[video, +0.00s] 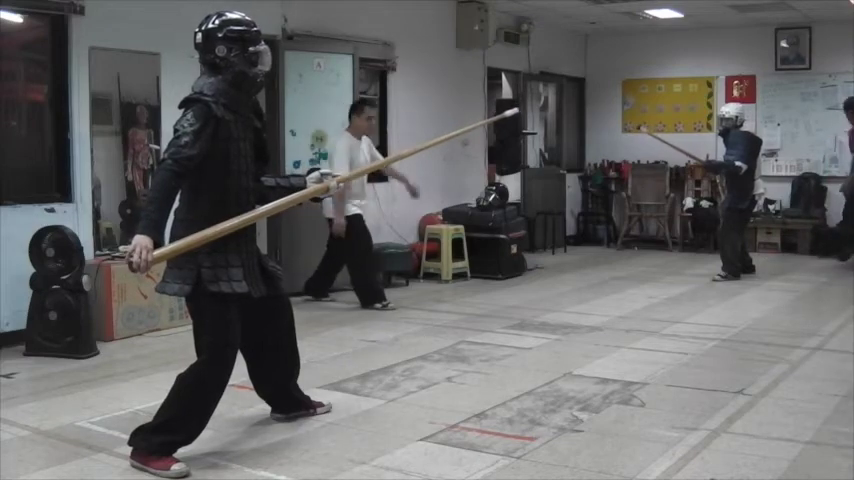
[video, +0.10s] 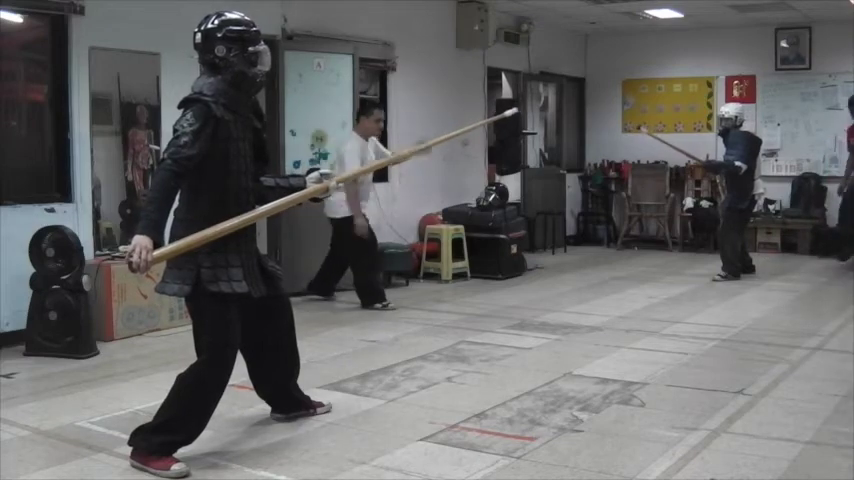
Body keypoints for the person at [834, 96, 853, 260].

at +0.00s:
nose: (848, 118)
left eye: (849, 114)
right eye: (848, 114)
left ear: (850, 113)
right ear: (847, 114)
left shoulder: (850, 134)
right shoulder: (850, 134)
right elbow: (851, 159)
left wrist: (848, 183)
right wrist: (848, 182)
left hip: (850, 184)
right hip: (850, 184)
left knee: (848, 218)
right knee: (847, 218)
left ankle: (845, 247)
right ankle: (844, 247)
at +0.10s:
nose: (850, 111)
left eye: (850, 108)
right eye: (849, 107)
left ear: (851, 108)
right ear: (849, 108)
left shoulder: (851, 131)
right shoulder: (850, 131)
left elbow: (851, 157)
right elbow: (851, 157)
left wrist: (845, 181)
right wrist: (844, 181)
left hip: (851, 184)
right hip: (850, 183)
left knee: (846, 213)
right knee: (845, 213)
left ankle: (846, 249)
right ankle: (845, 249)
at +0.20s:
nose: (851, 111)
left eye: (851, 107)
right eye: (851, 107)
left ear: (851, 108)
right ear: (851, 108)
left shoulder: (850, 131)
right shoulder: (849, 131)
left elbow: (849, 158)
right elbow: (849, 158)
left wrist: (841, 181)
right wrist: (841, 181)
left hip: (852, 182)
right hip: (851, 182)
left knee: (845, 214)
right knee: (844, 215)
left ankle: (848, 256)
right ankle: (847, 256)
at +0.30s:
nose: (852, 111)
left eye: (852, 108)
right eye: (852, 108)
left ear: (851, 108)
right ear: (851, 108)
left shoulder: (849, 131)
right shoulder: (849, 131)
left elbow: (847, 156)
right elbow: (847, 156)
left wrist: (841, 180)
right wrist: (840, 179)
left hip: (852, 182)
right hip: (851, 182)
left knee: (847, 219)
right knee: (847, 219)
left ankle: (849, 260)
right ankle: (848, 260)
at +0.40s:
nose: (852, 113)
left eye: (852, 109)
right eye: (852, 109)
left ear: (851, 109)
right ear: (851, 110)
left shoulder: (848, 132)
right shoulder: (848, 132)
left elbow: (845, 159)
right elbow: (845, 159)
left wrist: (840, 182)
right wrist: (839, 182)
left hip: (852, 184)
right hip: (852, 184)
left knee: (849, 221)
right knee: (849, 222)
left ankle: (850, 263)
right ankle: (850, 263)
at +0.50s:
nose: (853, 116)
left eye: (853, 112)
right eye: (853, 112)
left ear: (851, 113)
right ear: (851, 113)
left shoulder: (848, 135)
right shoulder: (847, 135)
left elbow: (842, 163)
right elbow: (842, 162)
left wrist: (839, 186)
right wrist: (839, 187)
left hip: (851, 187)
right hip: (852, 187)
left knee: (849, 224)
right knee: (849, 224)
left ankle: (850, 262)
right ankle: (850, 263)